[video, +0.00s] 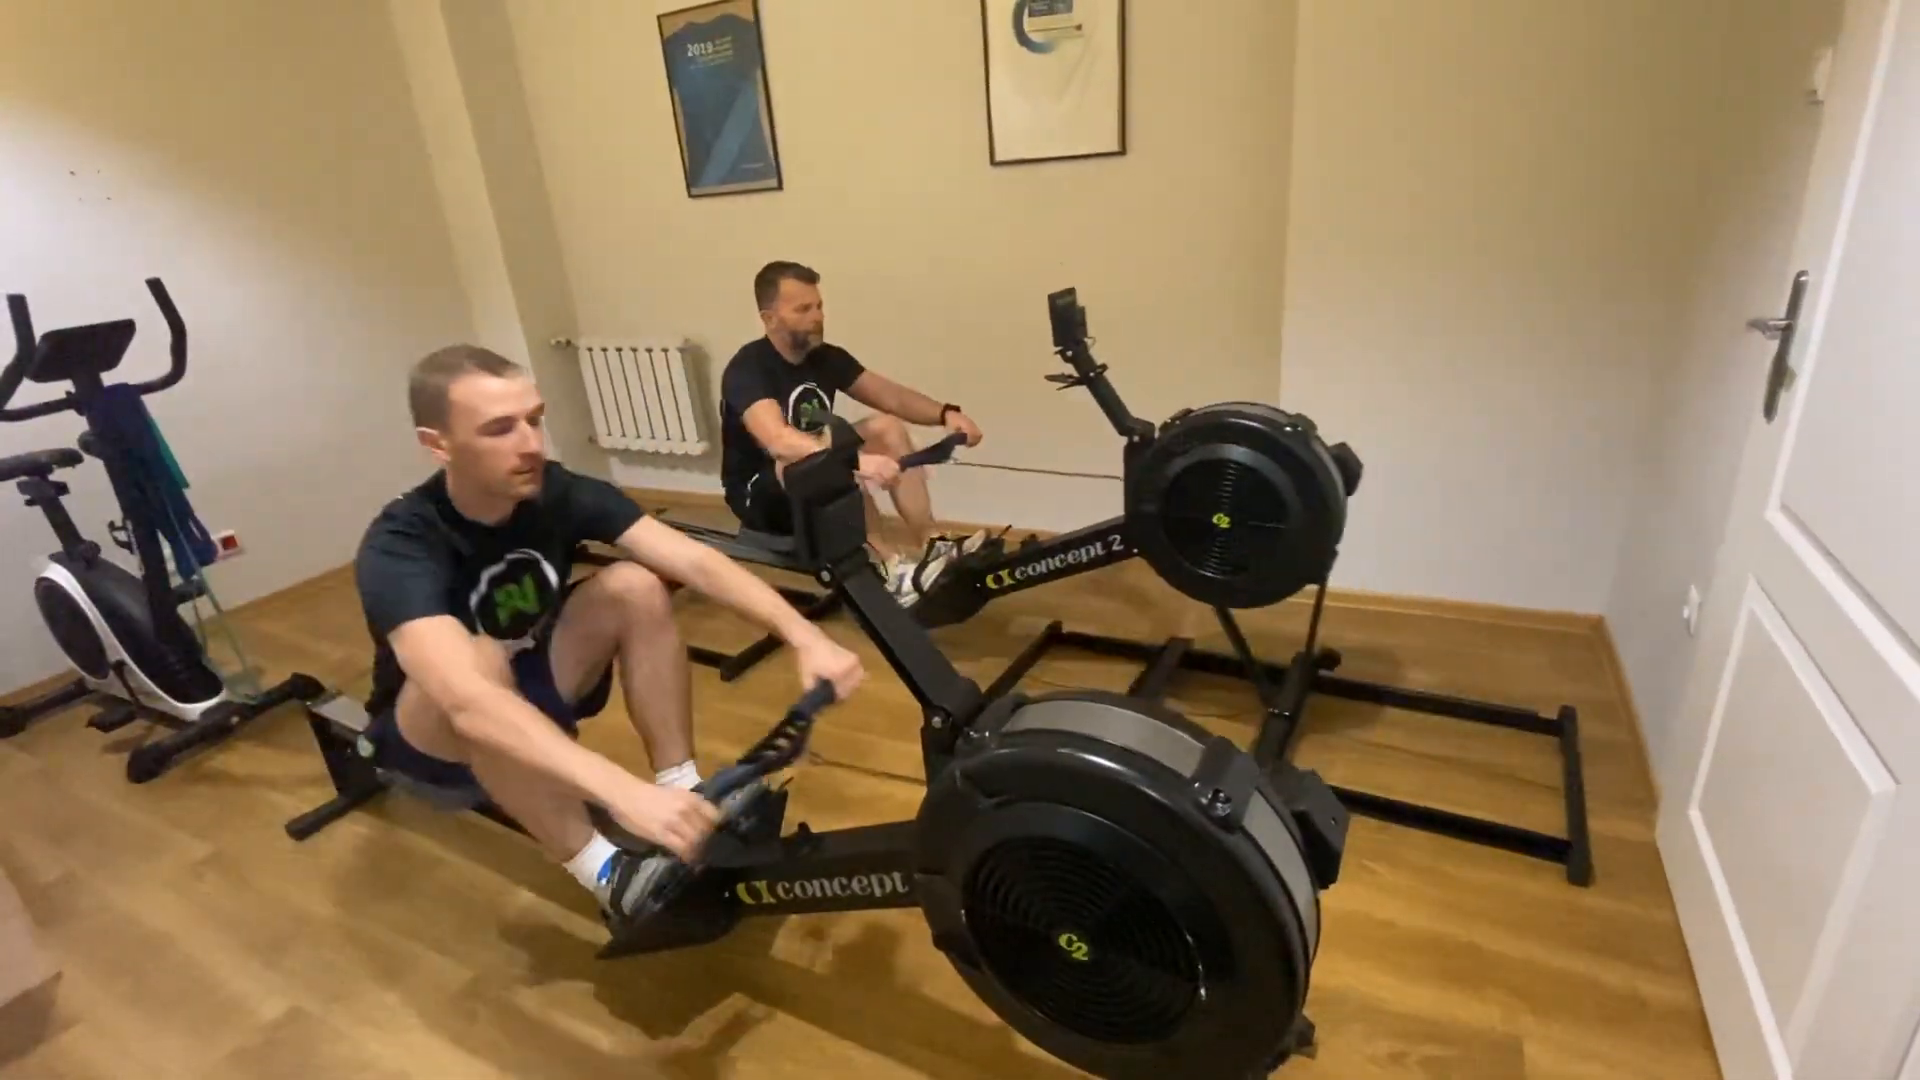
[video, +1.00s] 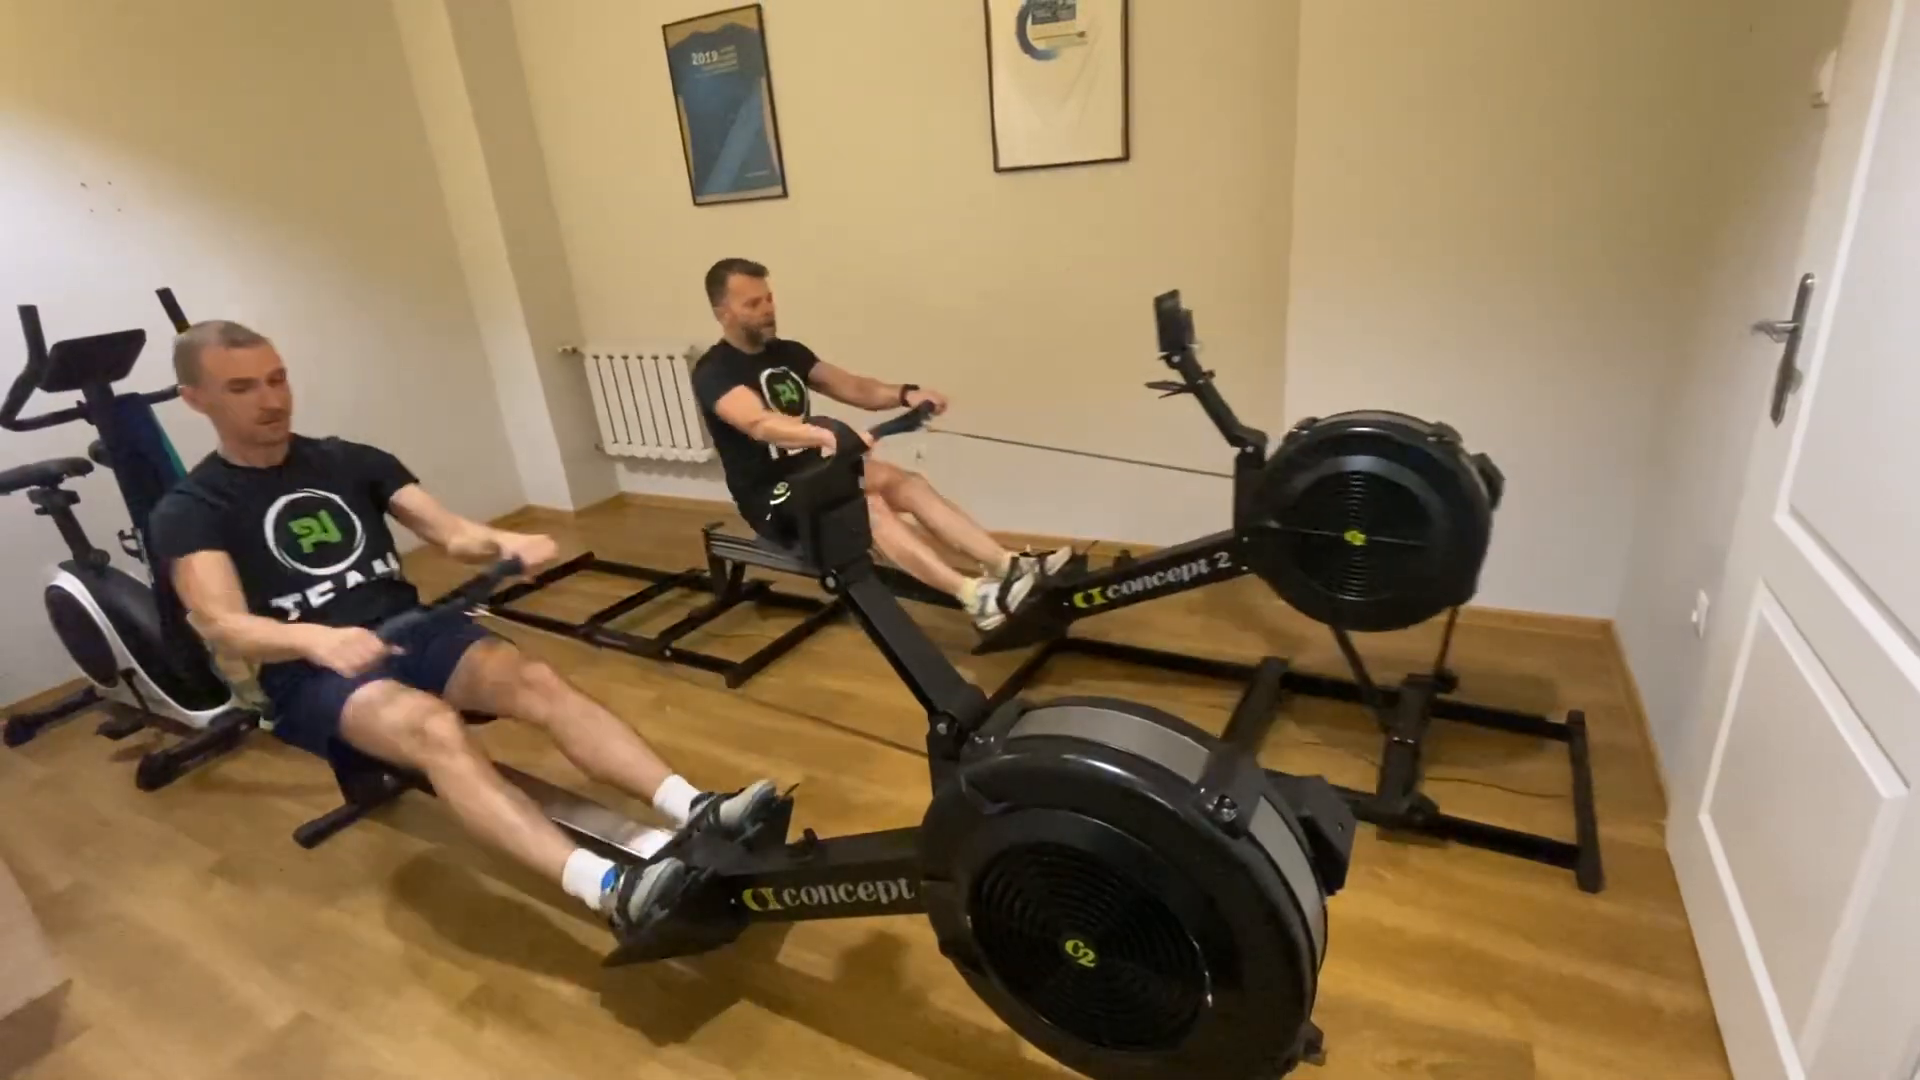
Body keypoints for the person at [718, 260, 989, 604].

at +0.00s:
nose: (818, 317)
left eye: (819, 307)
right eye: (804, 310)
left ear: (821, 303)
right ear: (769, 317)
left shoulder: (826, 358)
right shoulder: (746, 369)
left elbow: (888, 395)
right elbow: (779, 442)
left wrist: (945, 413)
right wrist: (854, 462)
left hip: (818, 476)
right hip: (762, 496)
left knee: (888, 429)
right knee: (818, 460)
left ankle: (932, 548)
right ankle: (892, 566)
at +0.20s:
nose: (833, 323)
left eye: (834, 312)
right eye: (820, 315)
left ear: (837, 310)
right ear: (784, 323)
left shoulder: (840, 362)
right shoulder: (763, 377)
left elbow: (909, 395)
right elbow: (817, 438)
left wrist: (977, 419)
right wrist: (892, 464)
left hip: (819, 481)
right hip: (764, 500)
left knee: (888, 419)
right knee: (814, 448)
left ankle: (916, 547)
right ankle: (865, 563)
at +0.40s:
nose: (856, 332)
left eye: (855, 321)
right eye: (842, 324)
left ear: (856, 318)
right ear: (806, 335)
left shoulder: (862, 371)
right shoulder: (789, 388)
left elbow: (943, 401)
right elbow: (848, 433)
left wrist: (1013, 426)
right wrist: (934, 471)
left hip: (826, 492)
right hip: (772, 507)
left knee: (891, 413)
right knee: (820, 435)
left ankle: (903, 540)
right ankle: (849, 557)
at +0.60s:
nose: (850, 329)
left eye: (851, 319)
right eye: (837, 322)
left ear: (853, 317)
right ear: (802, 332)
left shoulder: (858, 370)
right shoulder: (787, 389)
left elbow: (935, 399)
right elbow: (853, 431)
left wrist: (1008, 424)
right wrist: (935, 466)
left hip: (826, 494)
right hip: (773, 508)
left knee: (891, 412)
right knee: (833, 438)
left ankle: (918, 542)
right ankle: (857, 558)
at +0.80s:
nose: (810, 310)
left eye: (810, 299)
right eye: (795, 304)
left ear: (814, 298)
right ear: (764, 317)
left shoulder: (824, 357)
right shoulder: (753, 375)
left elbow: (893, 388)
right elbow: (823, 419)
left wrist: (963, 405)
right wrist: (893, 445)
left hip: (830, 472)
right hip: (771, 496)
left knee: (907, 453)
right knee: (849, 487)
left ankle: (962, 559)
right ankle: (925, 584)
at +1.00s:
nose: (768, 310)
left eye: (768, 298)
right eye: (754, 304)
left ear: (771, 295)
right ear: (722, 312)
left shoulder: (786, 352)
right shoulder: (714, 372)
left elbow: (852, 387)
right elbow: (759, 423)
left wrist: (906, 395)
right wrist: (823, 436)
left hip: (826, 479)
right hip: (777, 500)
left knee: (906, 484)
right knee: (871, 508)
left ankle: (1008, 567)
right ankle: (975, 597)